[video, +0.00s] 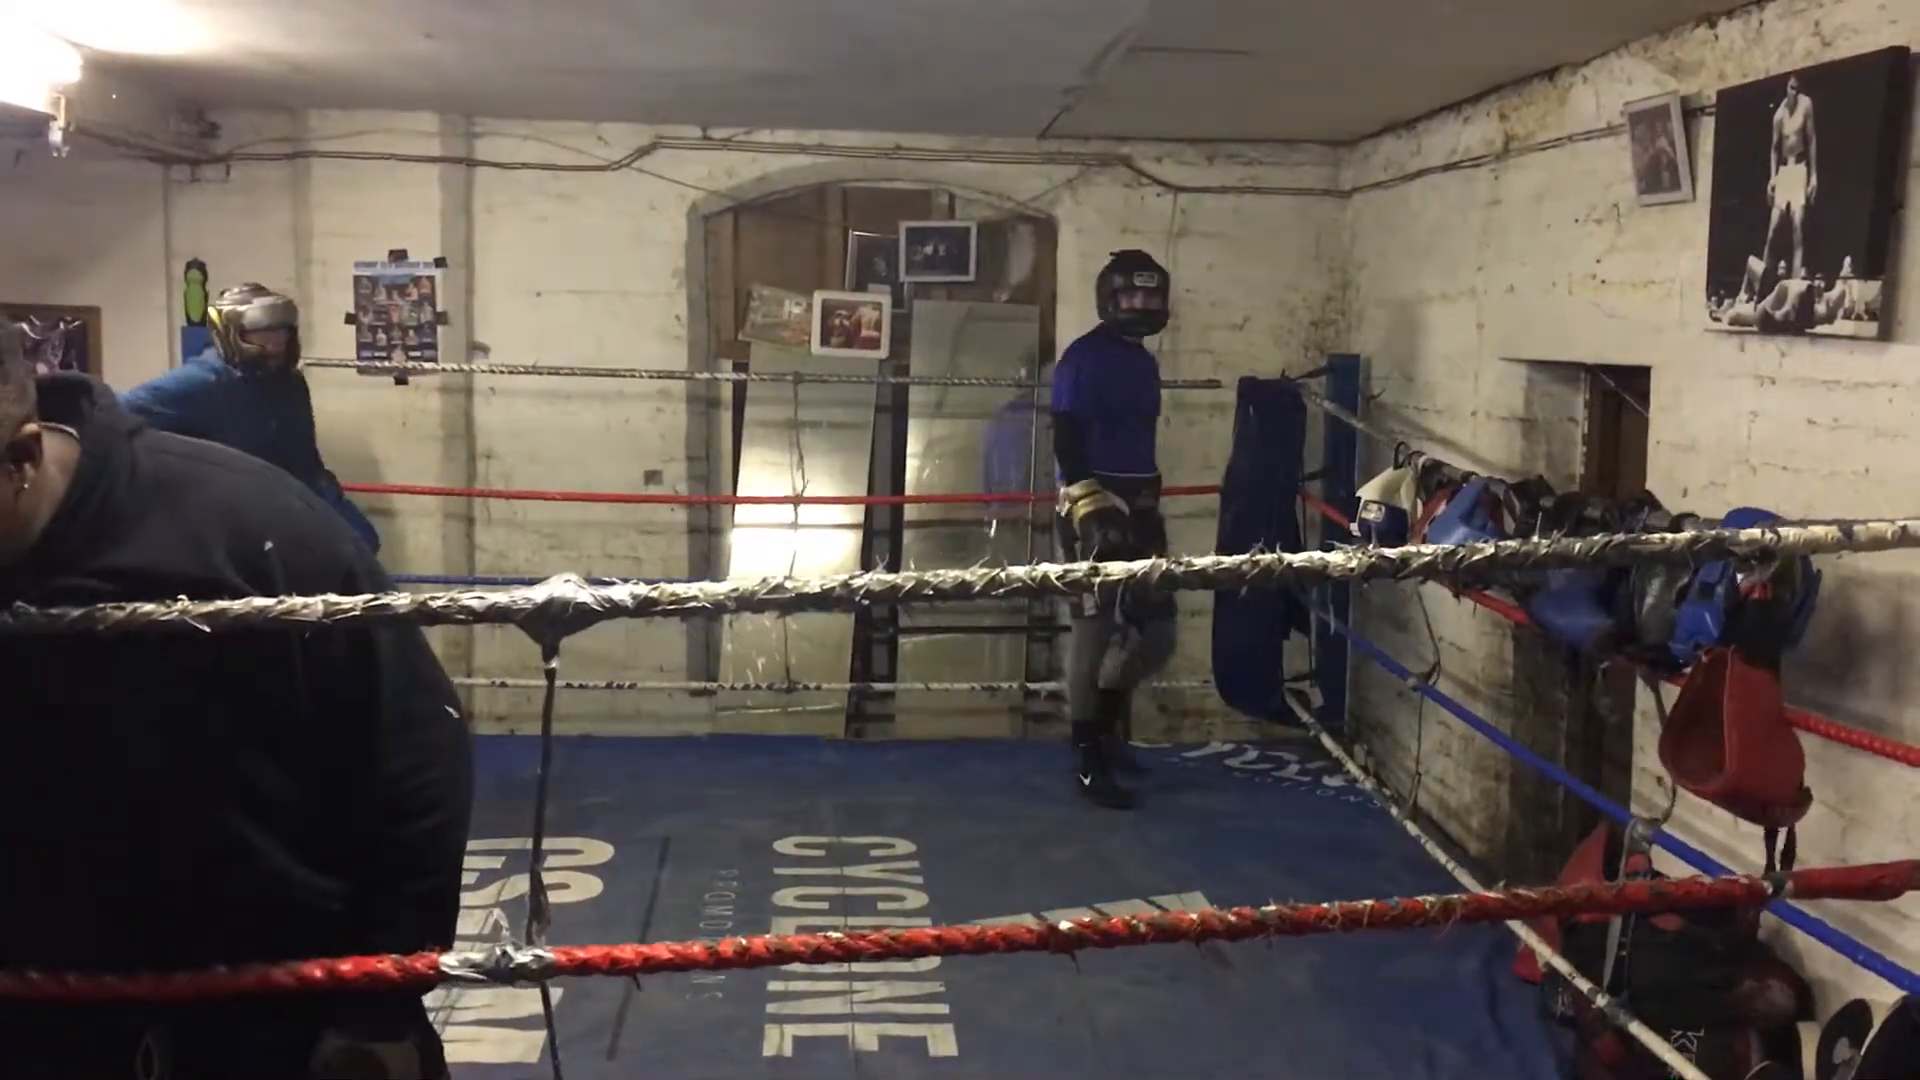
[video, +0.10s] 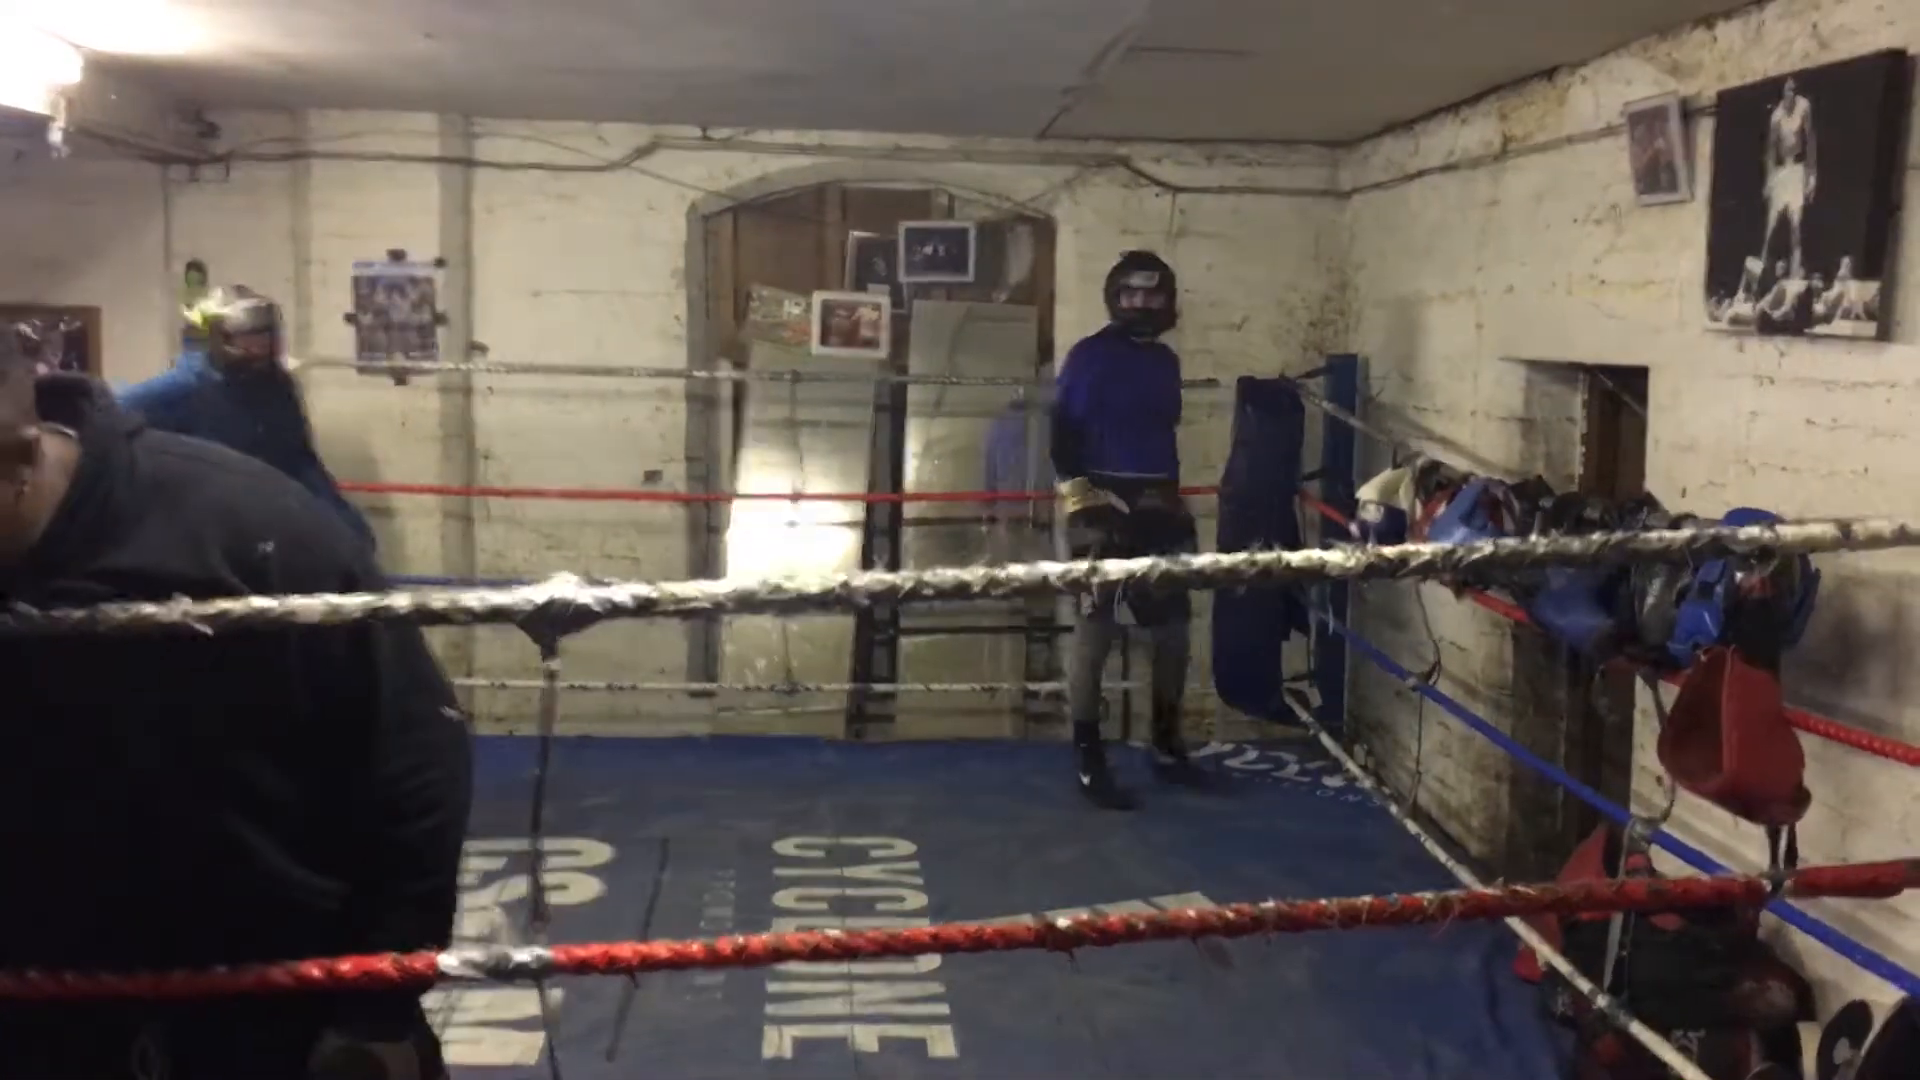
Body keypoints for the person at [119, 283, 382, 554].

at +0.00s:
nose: (279, 341)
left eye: (285, 331)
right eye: (266, 331)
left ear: (293, 334)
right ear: (235, 338)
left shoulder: (291, 387)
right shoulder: (202, 384)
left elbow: (308, 473)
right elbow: (117, 420)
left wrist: (359, 532)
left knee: (361, 543)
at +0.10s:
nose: (261, 346)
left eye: (266, 334)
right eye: (248, 336)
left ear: (276, 338)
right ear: (219, 341)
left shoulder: (276, 388)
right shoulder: (189, 389)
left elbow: (299, 463)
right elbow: (116, 414)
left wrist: (349, 528)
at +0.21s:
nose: (237, 350)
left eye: (244, 337)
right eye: (225, 340)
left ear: (257, 339)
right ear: (195, 343)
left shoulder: (268, 390)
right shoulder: (155, 400)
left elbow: (299, 468)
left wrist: (344, 529)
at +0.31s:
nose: (225, 347)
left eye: (231, 334)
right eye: (212, 337)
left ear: (243, 336)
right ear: (178, 342)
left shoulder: (257, 387)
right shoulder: (138, 399)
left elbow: (288, 457)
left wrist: (321, 515)